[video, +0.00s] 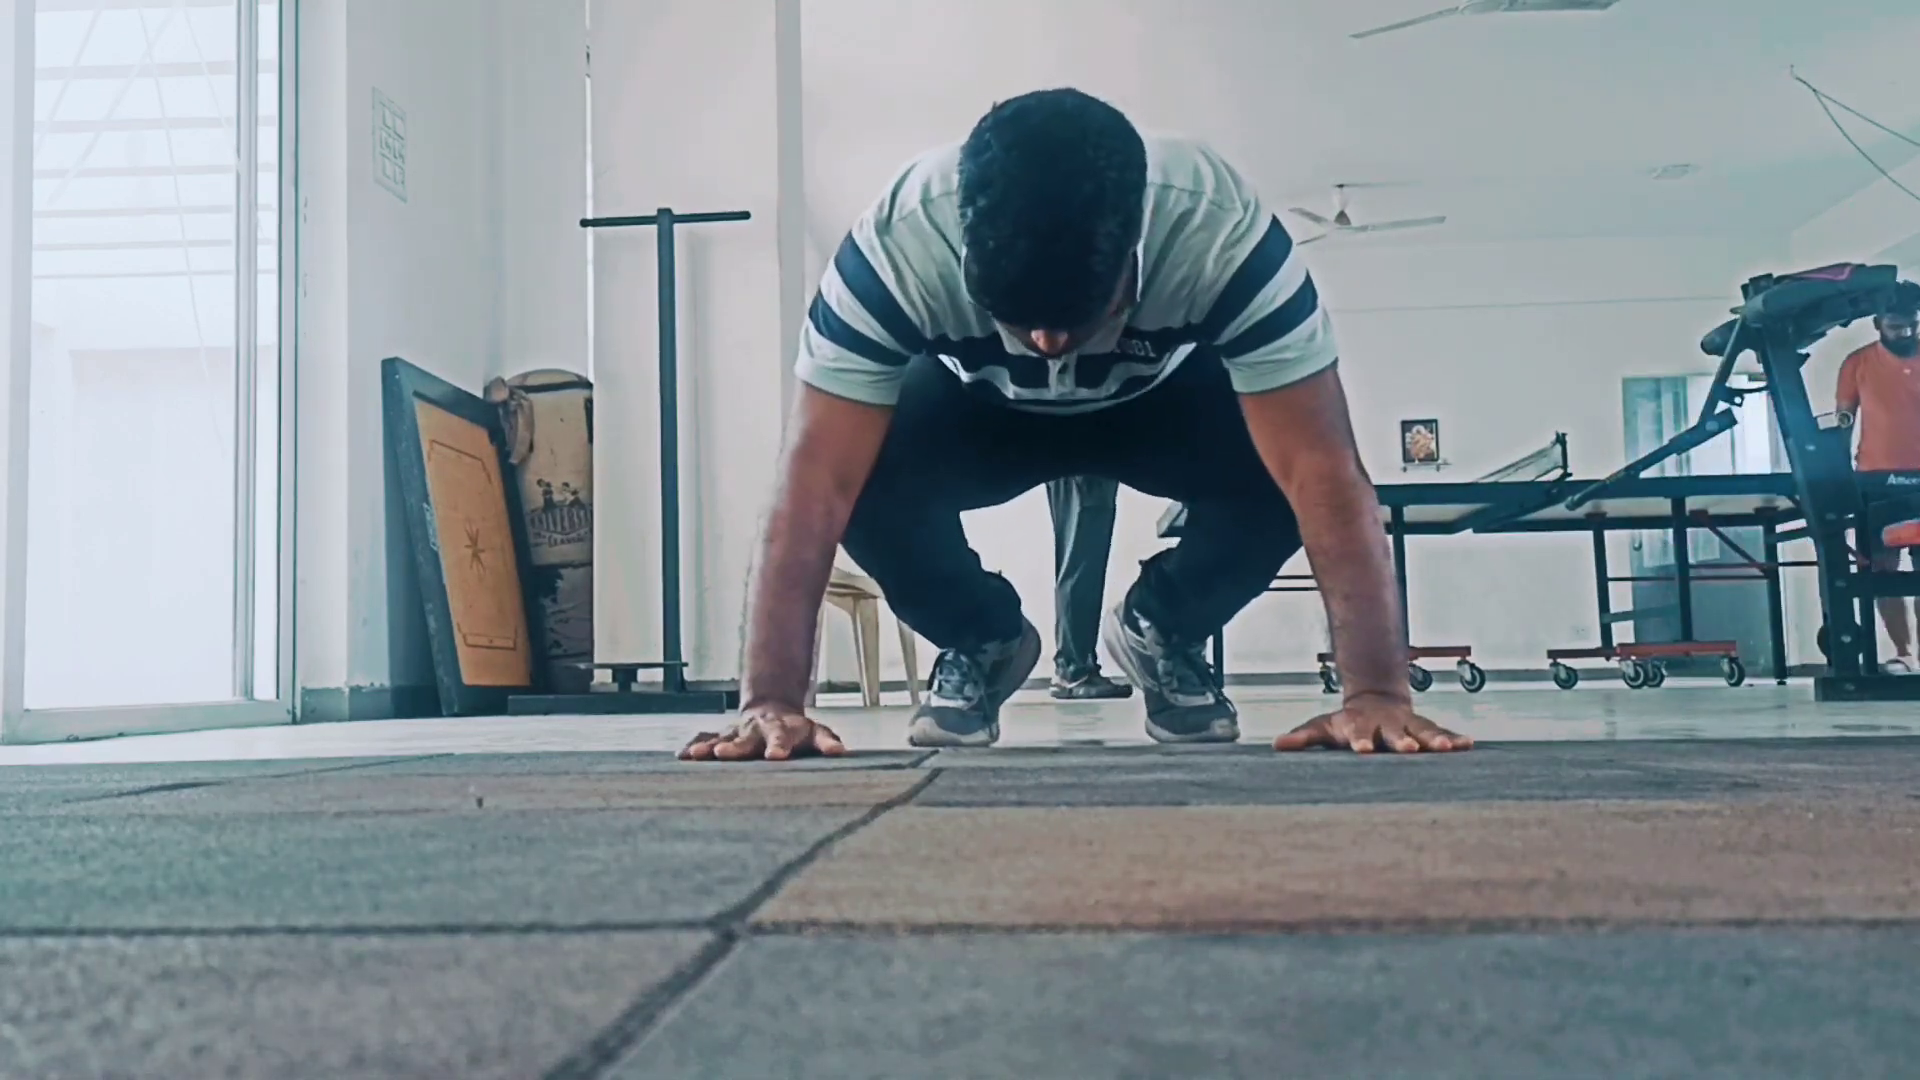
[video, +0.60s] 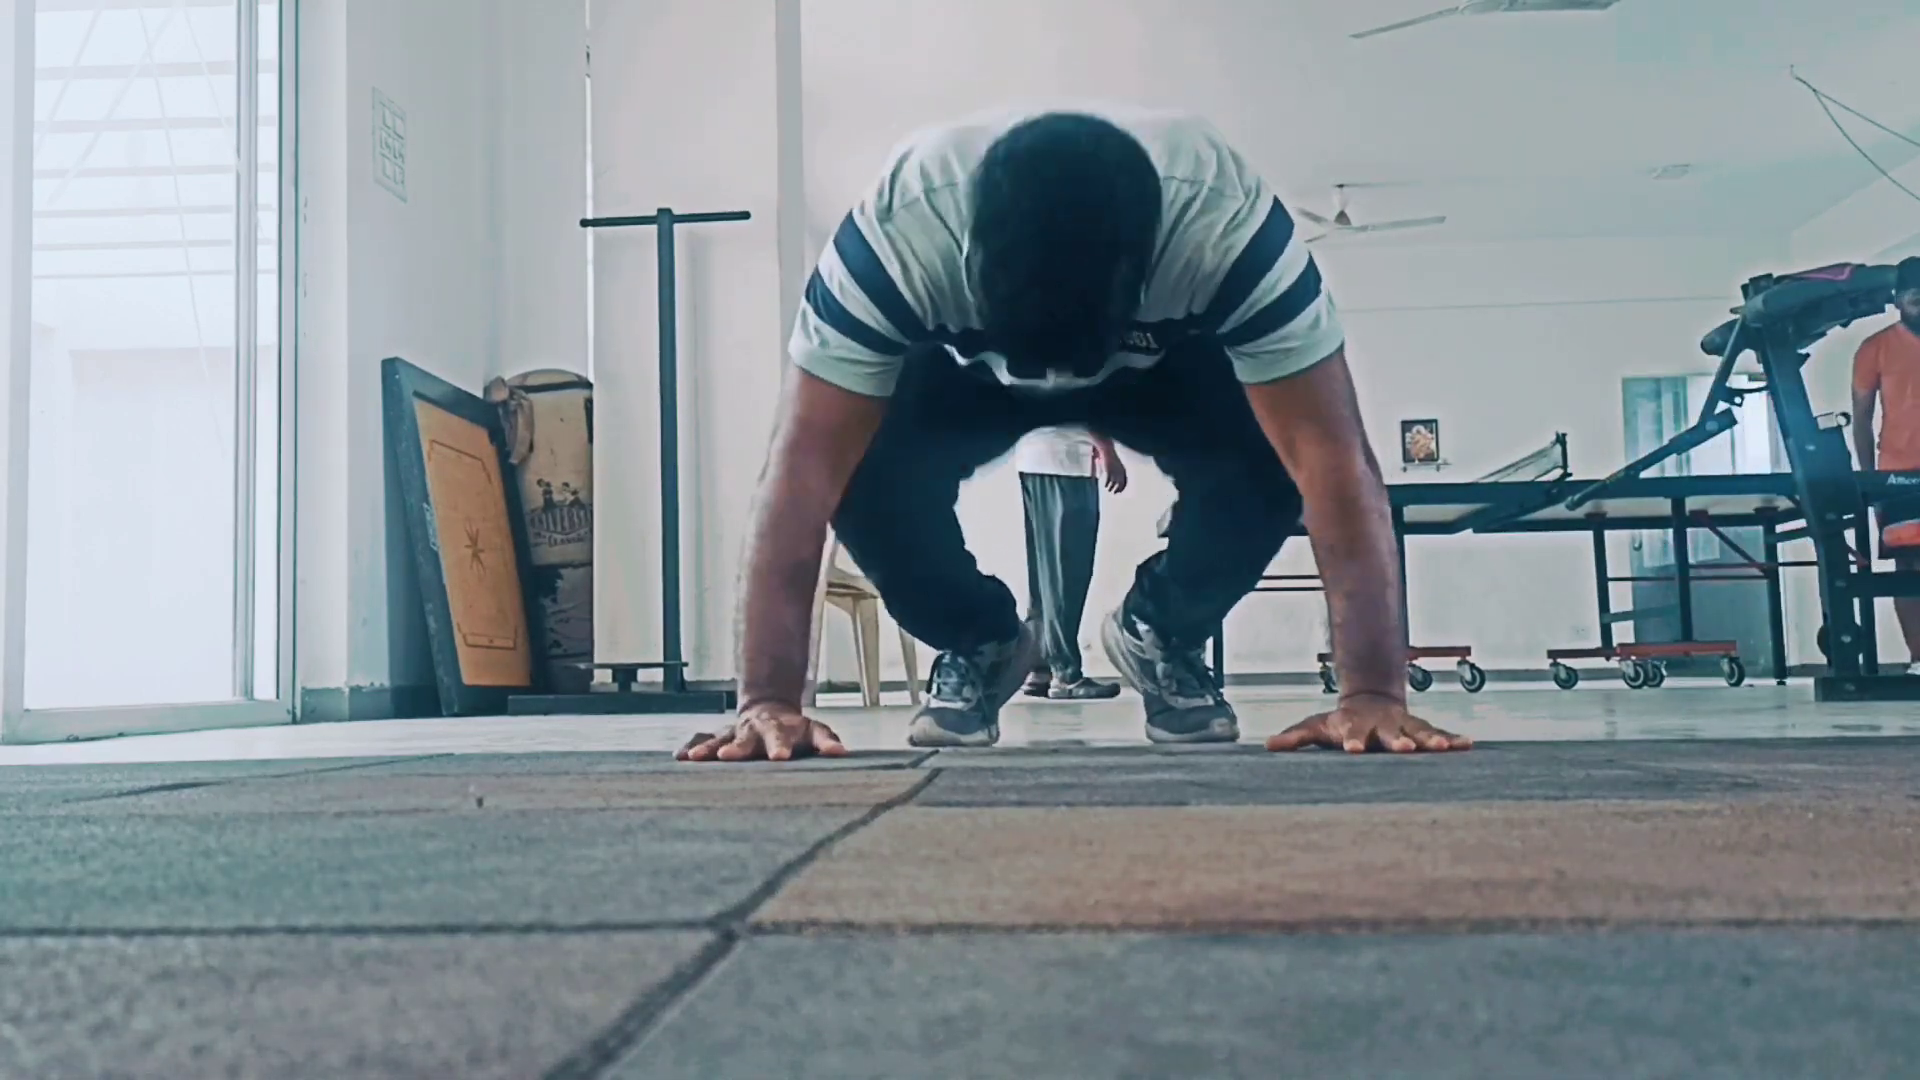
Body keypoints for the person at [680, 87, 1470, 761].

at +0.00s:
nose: (1052, 346)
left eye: (1082, 324)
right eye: (1025, 325)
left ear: (1137, 248)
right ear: (974, 249)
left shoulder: (1228, 235)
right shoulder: (900, 251)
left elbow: (1326, 479)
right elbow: (817, 483)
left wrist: (1377, 691)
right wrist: (772, 700)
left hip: (1160, 396)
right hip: (989, 400)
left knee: (1283, 493)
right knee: (870, 492)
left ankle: (1164, 625)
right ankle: (985, 638)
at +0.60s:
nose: (1060, 373)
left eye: (1086, 352)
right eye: (1025, 352)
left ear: (1144, 268)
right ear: (971, 257)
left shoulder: (1233, 229)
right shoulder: (896, 238)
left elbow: (1334, 460)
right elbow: (804, 469)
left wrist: (1375, 691)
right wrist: (771, 698)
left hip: (1157, 357)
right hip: (974, 363)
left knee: (1264, 477)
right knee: (868, 490)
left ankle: (1161, 629)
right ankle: (985, 642)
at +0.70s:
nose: (1077, 434)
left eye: (1098, 410)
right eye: (1048, 415)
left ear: (1150, 307)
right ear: (978, 293)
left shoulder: (1232, 220)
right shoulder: (898, 228)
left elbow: (1349, 456)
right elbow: (804, 462)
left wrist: (1375, 694)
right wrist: (771, 699)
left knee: (1253, 444)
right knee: (885, 456)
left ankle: (1167, 630)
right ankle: (980, 635)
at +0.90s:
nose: (1064, 448)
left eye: (1082, 429)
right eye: (1036, 427)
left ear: (1146, 319)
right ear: (965, 297)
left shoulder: (1239, 214)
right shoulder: (888, 226)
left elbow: (1360, 451)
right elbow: (789, 455)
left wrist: (1377, 696)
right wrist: (768, 700)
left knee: (1210, 499)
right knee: (930, 508)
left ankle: (1190, 573)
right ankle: (944, 609)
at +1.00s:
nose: (1064, 439)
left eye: (1097, 402)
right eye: (1023, 414)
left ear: (1151, 300)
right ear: (961, 284)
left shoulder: (1249, 216)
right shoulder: (880, 230)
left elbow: (1363, 454)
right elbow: (790, 461)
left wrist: (1379, 693)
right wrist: (766, 700)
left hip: (1169, 339)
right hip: (962, 350)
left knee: (1188, 541)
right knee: (965, 540)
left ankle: (1197, 647)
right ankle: (941, 643)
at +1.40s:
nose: (1060, 474)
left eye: (1086, 453)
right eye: (1039, 455)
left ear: (1145, 354)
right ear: (979, 343)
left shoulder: (1218, 253)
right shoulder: (909, 267)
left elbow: (1336, 474)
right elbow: (805, 476)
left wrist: (1374, 692)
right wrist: (771, 700)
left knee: (1170, 511)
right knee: (958, 525)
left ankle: (1191, 682)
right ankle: (955, 668)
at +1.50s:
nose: (1065, 511)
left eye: (1084, 493)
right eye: (1052, 495)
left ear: (1143, 374)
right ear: (979, 373)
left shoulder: (1207, 276)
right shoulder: (914, 285)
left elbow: (1317, 495)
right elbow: (817, 490)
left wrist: (1371, 692)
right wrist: (772, 699)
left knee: (1169, 492)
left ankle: (1190, 682)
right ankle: (957, 667)